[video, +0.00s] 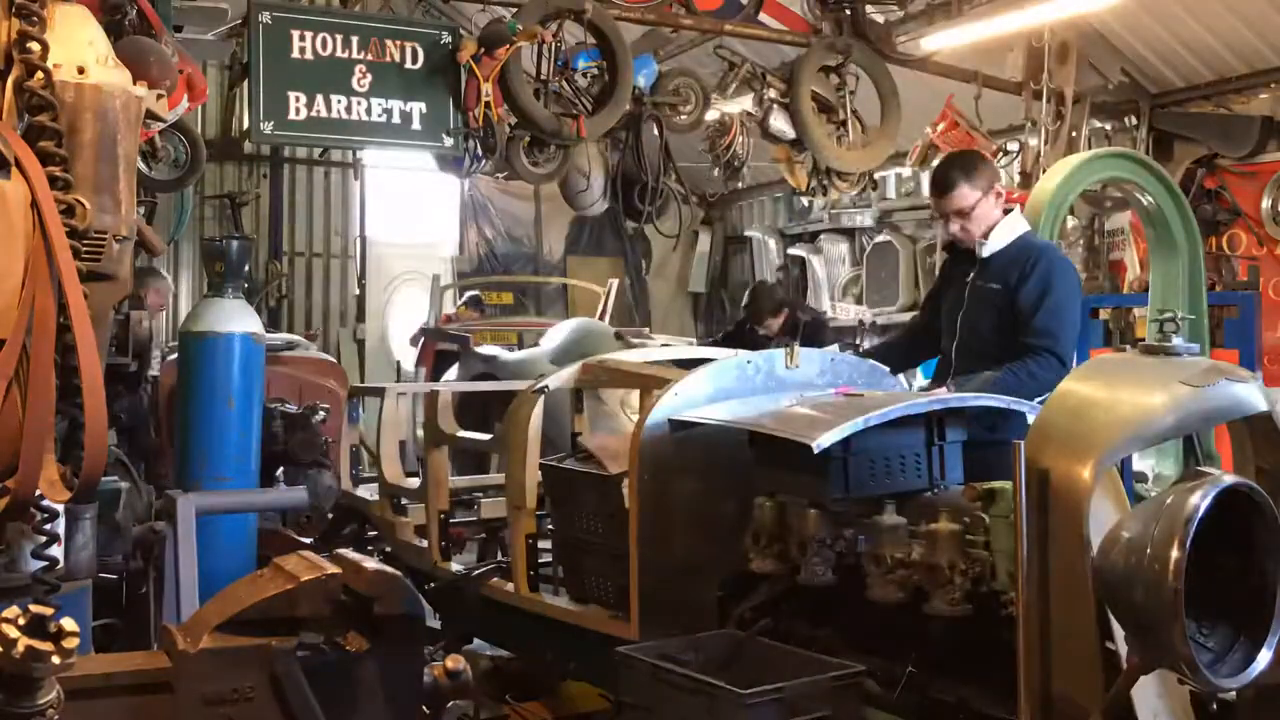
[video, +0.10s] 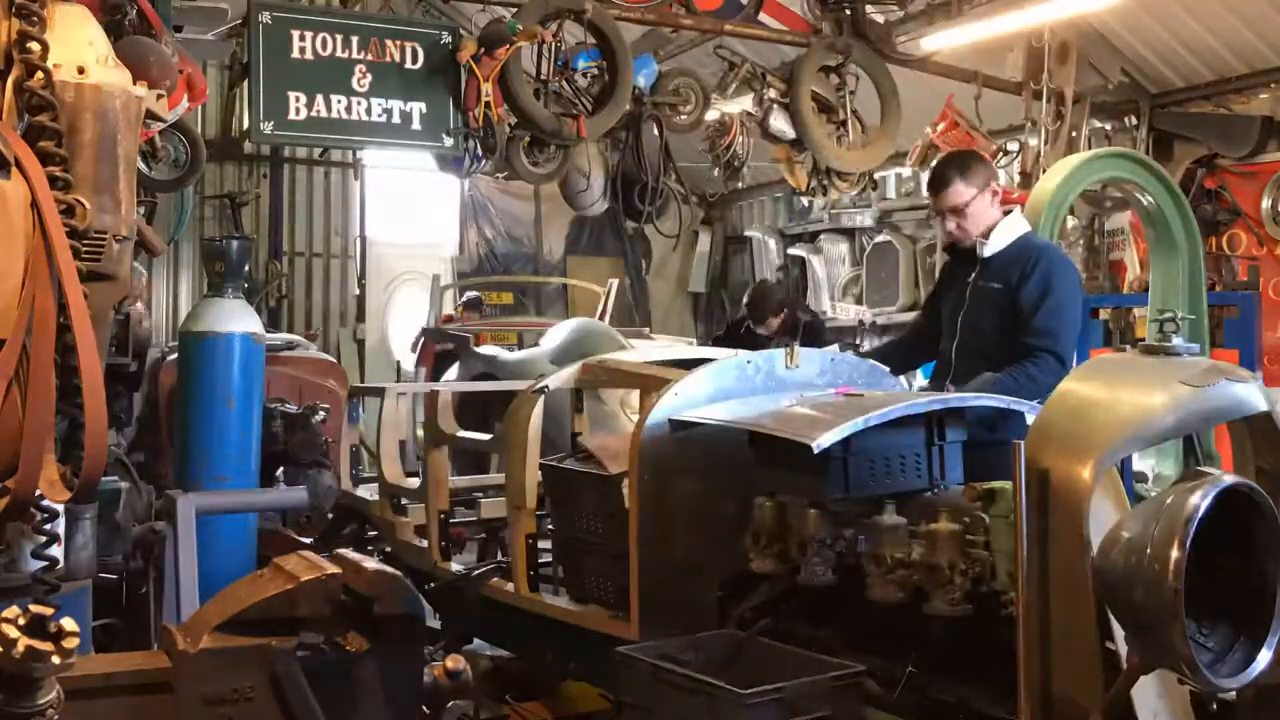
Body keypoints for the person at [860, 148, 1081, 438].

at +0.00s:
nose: (953, 228)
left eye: (964, 214)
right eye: (945, 218)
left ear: (998, 197)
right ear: (937, 211)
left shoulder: (1046, 267)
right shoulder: (960, 263)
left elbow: (1050, 366)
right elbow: (925, 337)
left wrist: (958, 393)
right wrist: (856, 367)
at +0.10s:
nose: (950, 226)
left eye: (959, 211)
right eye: (941, 216)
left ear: (994, 194)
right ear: (934, 212)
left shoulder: (1047, 266)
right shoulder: (960, 264)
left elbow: (1048, 368)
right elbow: (924, 341)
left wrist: (961, 402)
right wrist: (854, 367)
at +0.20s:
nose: (937, 229)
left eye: (943, 215)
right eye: (932, 220)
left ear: (980, 196)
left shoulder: (1045, 263)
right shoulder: (961, 266)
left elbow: (1049, 365)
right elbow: (924, 341)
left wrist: (960, 403)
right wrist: (852, 368)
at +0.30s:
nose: (937, 230)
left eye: (943, 216)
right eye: (932, 220)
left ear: (980, 197)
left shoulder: (1044, 264)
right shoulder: (961, 266)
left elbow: (1048, 368)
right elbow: (922, 342)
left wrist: (959, 404)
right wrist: (850, 368)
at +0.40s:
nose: (939, 233)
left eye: (944, 218)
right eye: (934, 224)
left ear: (979, 197)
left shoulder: (1046, 263)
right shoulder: (961, 265)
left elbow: (1050, 367)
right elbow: (924, 341)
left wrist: (959, 406)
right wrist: (851, 369)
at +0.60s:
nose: (997, 242)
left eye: (1010, 230)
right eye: (986, 229)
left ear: (1036, 211)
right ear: (974, 214)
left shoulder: (1066, 276)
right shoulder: (970, 262)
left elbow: (1061, 378)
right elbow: (919, 335)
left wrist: (965, 420)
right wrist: (851, 365)